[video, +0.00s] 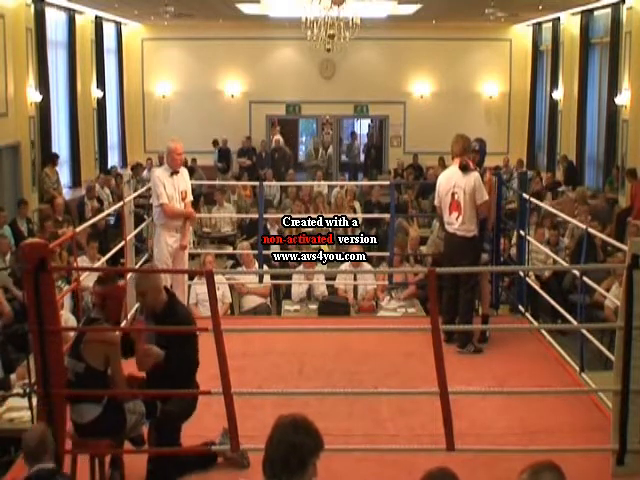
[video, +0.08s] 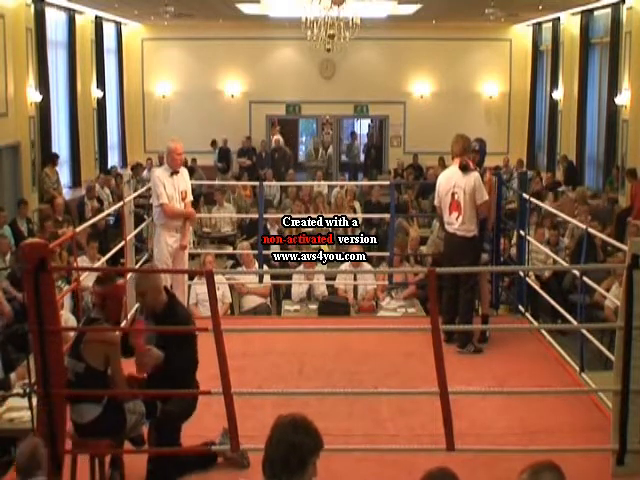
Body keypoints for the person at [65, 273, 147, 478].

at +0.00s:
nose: (123, 306)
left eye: (123, 299)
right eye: (120, 299)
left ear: (97, 300)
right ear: (107, 301)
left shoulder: (86, 325)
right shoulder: (109, 334)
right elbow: (120, 390)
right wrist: (138, 393)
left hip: (79, 421)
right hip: (98, 423)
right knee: (138, 406)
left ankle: (116, 463)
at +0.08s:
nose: (123, 305)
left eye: (123, 299)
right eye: (120, 300)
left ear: (98, 301)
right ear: (107, 302)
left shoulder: (87, 325)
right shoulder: (109, 334)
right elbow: (120, 390)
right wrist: (139, 390)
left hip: (79, 421)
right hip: (97, 423)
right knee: (138, 406)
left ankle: (116, 463)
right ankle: (115, 463)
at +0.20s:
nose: (123, 305)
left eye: (122, 298)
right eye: (118, 299)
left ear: (97, 301)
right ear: (104, 302)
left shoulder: (86, 326)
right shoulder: (108, 334)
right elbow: (120, 390)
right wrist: (138, 390)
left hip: (80, 421)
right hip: (98, 423)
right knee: (138, 407)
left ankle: (116, 463)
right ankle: (115, 464)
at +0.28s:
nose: (119, 304)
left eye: (119, 298)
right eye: (113, 299)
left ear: (95, 302)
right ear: (97, 300)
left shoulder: (86, 326)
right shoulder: (107, 336)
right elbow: (119, 391)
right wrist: (138, 391)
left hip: (80, 421)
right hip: (97, 423)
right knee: (141, 407)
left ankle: (116, 464)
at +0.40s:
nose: (119, 303)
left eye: (118, 296)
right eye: (114, 298)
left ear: (94, 301)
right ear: (100, 301)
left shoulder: (84, 327)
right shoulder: (107, 339)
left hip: (79, 421)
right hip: (98, 423)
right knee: (138, 407)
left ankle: (116, 462)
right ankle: (115, 463)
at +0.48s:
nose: (120, 302)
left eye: (118, 296)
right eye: (114, 297)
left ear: (94, 301)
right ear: (99, 301)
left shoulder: (84, 327)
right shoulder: (107, 339)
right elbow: (115, 387)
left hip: (79, 420)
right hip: (96, 423)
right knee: (137, 407)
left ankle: (116, 462)